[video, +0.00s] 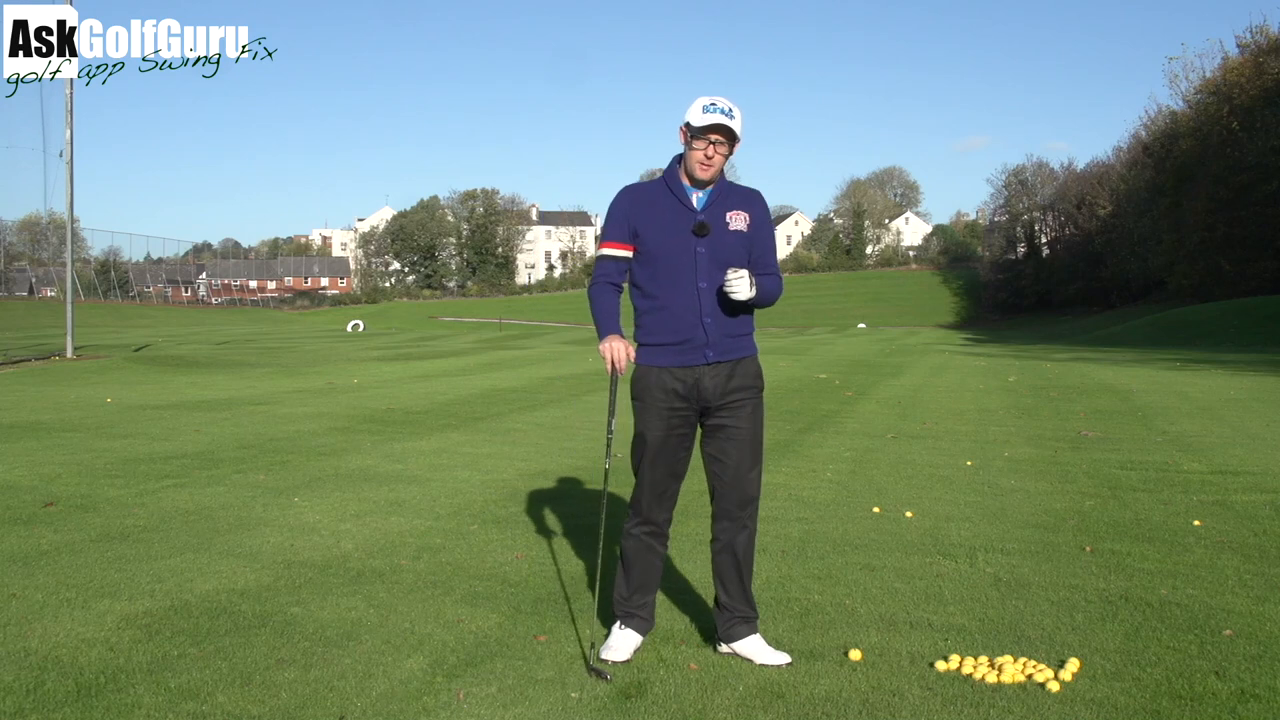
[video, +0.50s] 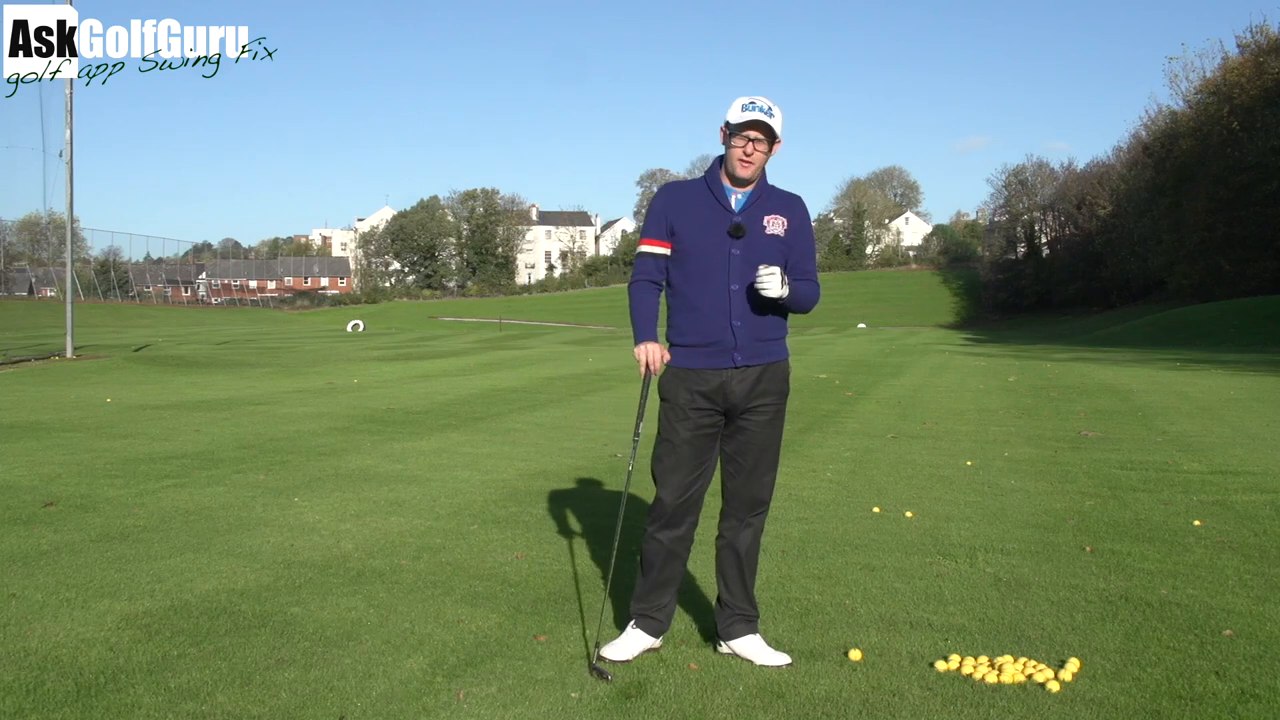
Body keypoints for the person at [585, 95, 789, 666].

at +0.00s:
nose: (711, 149)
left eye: (722, 142)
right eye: (703, 138)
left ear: (732, 150)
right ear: (684, 138)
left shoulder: (749, 204)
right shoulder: (635, 201)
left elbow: (772, 282)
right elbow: (606, 278)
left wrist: (753, 286)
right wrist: (610, 331)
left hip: (736, 373)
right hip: (662, 374)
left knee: (738, 507)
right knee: (650, 507)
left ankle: (736, 628)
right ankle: (631, 621)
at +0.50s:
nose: (748, 146)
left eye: (760, 138)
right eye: (740, 135)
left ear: (773, 147)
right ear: (724, 139)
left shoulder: (790, 210)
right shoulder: (674, 199)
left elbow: (808, 294)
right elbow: (646, 276)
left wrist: (788, 288)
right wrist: (646, 336)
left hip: (762, 376)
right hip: (690, 374)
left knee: (747, 507)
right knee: (673, 503)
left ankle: (736, 627)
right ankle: (647, 623)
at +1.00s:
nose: (762, 151)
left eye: (773, 145)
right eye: (755, 139)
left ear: (781, 155)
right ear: (735, 138)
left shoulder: (789, 213)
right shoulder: (676, 195)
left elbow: (802, 297)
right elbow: (638, 269)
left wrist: (784, 295)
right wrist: (628, 335)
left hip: (753, 378)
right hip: (680, 373)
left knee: (741, 507)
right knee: (660, 502)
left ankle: (735, 626)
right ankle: (645, 618)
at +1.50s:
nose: (704, 144)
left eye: (715, 137)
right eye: (696, 133)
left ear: (728, 145)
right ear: (678, 135)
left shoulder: (748, 203)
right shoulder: (633, 200)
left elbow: (770, 283)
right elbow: (599, 279)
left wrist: (749, 284)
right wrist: (611, 329)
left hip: (725, 374)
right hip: (651, 373)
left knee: (726, 506)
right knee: (651, 506)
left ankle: (734, 628)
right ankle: (650, 622)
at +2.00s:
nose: (654, 146)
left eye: (664, 138)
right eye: (646, 137)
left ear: (678, 147)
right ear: (629, 142)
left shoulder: (703, 204)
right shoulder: (588, 210)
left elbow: (729, 283)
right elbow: (570, 293)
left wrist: (710, 280)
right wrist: (591, 336)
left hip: (694, 376)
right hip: (624, 379)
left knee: (721, 501)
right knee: (634, 507)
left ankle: (734, 626)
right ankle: (649, 621)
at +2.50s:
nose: (660, 152)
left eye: (669, 143)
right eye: (650, 140)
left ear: (675, 148)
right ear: (624, 140)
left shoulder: (693, 203)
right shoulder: (581, 212)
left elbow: (720, 279)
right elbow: (560, 297)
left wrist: (697, 292)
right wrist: (582, 340)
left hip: (692, 375)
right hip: (623, 379)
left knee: (719, 500)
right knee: (635, 507)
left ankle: (733, 625)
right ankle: (649, 621)